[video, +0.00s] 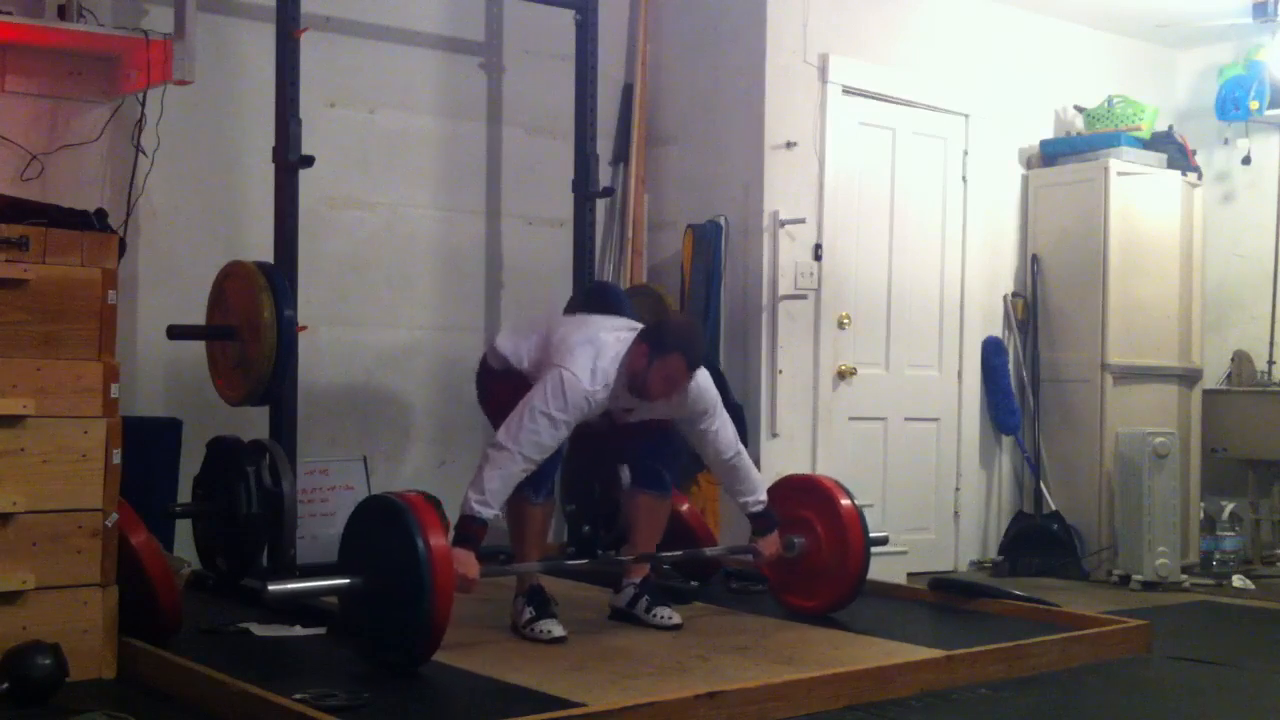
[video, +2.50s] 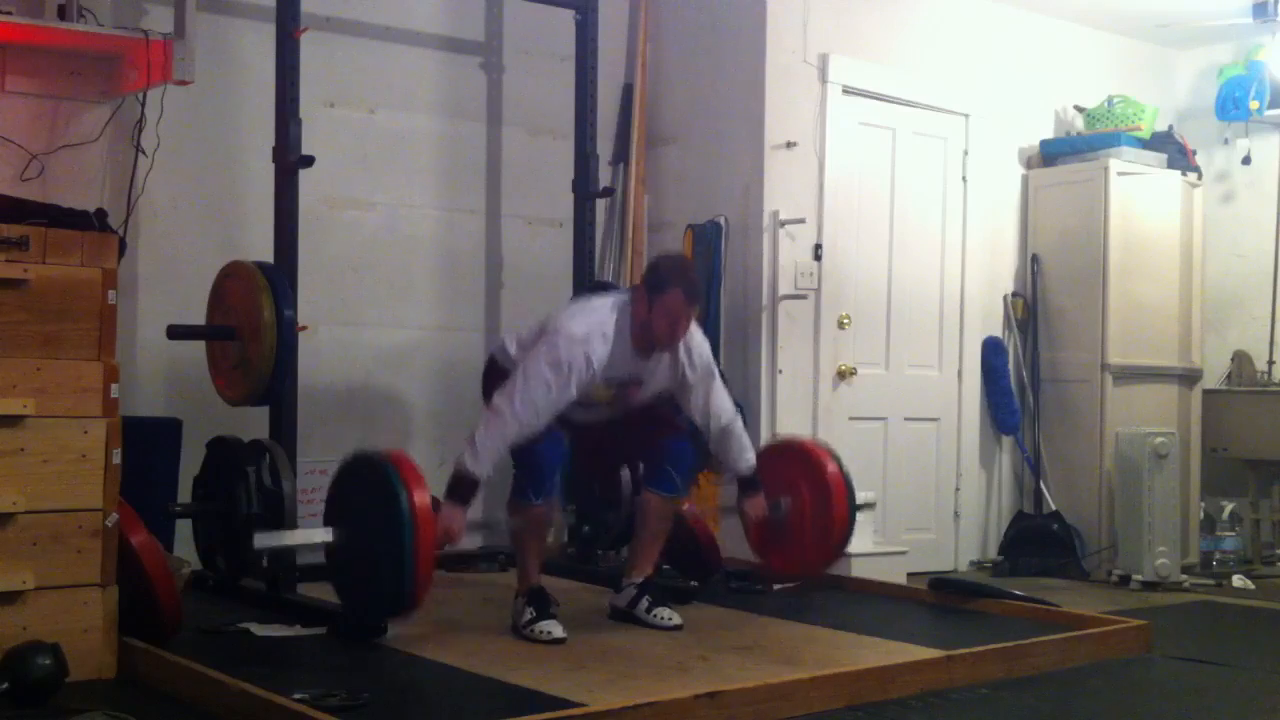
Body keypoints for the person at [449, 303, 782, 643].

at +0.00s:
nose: (672, 392)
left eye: (681, 383)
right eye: (668, 379)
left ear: (691, 376)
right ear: (641, 355)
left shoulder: (692, 387)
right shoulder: (581, 374)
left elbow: (728, 452)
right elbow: (511, 449)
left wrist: (766, 526)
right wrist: (466, 540)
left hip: (589, 399)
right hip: (513, 376)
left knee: (659, 452)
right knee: (540, 456)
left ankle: (633, 589)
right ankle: (529, 595)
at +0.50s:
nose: (673, 376)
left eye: (683, 366)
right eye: (666, 362)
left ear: (693, 358)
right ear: (640, 339)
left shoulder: (691, 383)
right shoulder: (580, 378)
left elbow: (726, 450)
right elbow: (509, 453)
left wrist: (751, 523)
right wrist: (454, 537)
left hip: (604, 446)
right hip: (526, 431)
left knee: (695, 459)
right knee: (554, 470)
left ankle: (633, 587)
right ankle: (530, 596)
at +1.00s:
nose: (678, 377)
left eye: (687, 366)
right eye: (670, 363)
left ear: (697, 359)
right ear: (643, 342)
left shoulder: (696, 387)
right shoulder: (581, 378)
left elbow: (729, 454)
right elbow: (508, 454)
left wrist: (752, 525)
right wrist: (456, 540)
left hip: (601, 438)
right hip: (522, 420)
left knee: (694, 458)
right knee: (554, 464)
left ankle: (632, 590)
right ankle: (530, 597)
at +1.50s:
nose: (674, 385)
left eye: (683, 375)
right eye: (668, 370)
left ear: (694, 369)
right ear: (642, 346)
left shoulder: (690, 386)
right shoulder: (579, 377)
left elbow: (722, 451)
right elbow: (508, 450)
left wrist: (753, 524)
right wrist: (457, 537)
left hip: (591, 412)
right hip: (513, 390)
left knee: (672, 456)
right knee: (541, 463)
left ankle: (633, 589)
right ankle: (530, 597)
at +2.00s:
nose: (671, 374)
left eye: (679, 364)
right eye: (663, 361)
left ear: (690, 355)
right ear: (635, 340)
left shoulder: (690, 383)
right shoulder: (577, 380)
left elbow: (725, 453)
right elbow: (507, 454)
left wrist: (752, 525)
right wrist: (455, 539)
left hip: (603, 448)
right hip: (526, 435)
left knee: (690, 460)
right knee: (552, 468)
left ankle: (633, 589)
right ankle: (531, 597)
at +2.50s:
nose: (679, 332)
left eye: (686, 321)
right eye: (670, 318)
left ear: (694, 314)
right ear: (642, 303)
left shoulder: (687, 343)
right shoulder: (582, 335)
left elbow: (719, 413)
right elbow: (512, 409)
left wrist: (751, 484)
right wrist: (459, 496)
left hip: (608, 399)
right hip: (531, 389)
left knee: (675, 452)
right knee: (543, 454)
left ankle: (634, 588)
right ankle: (529, 596)